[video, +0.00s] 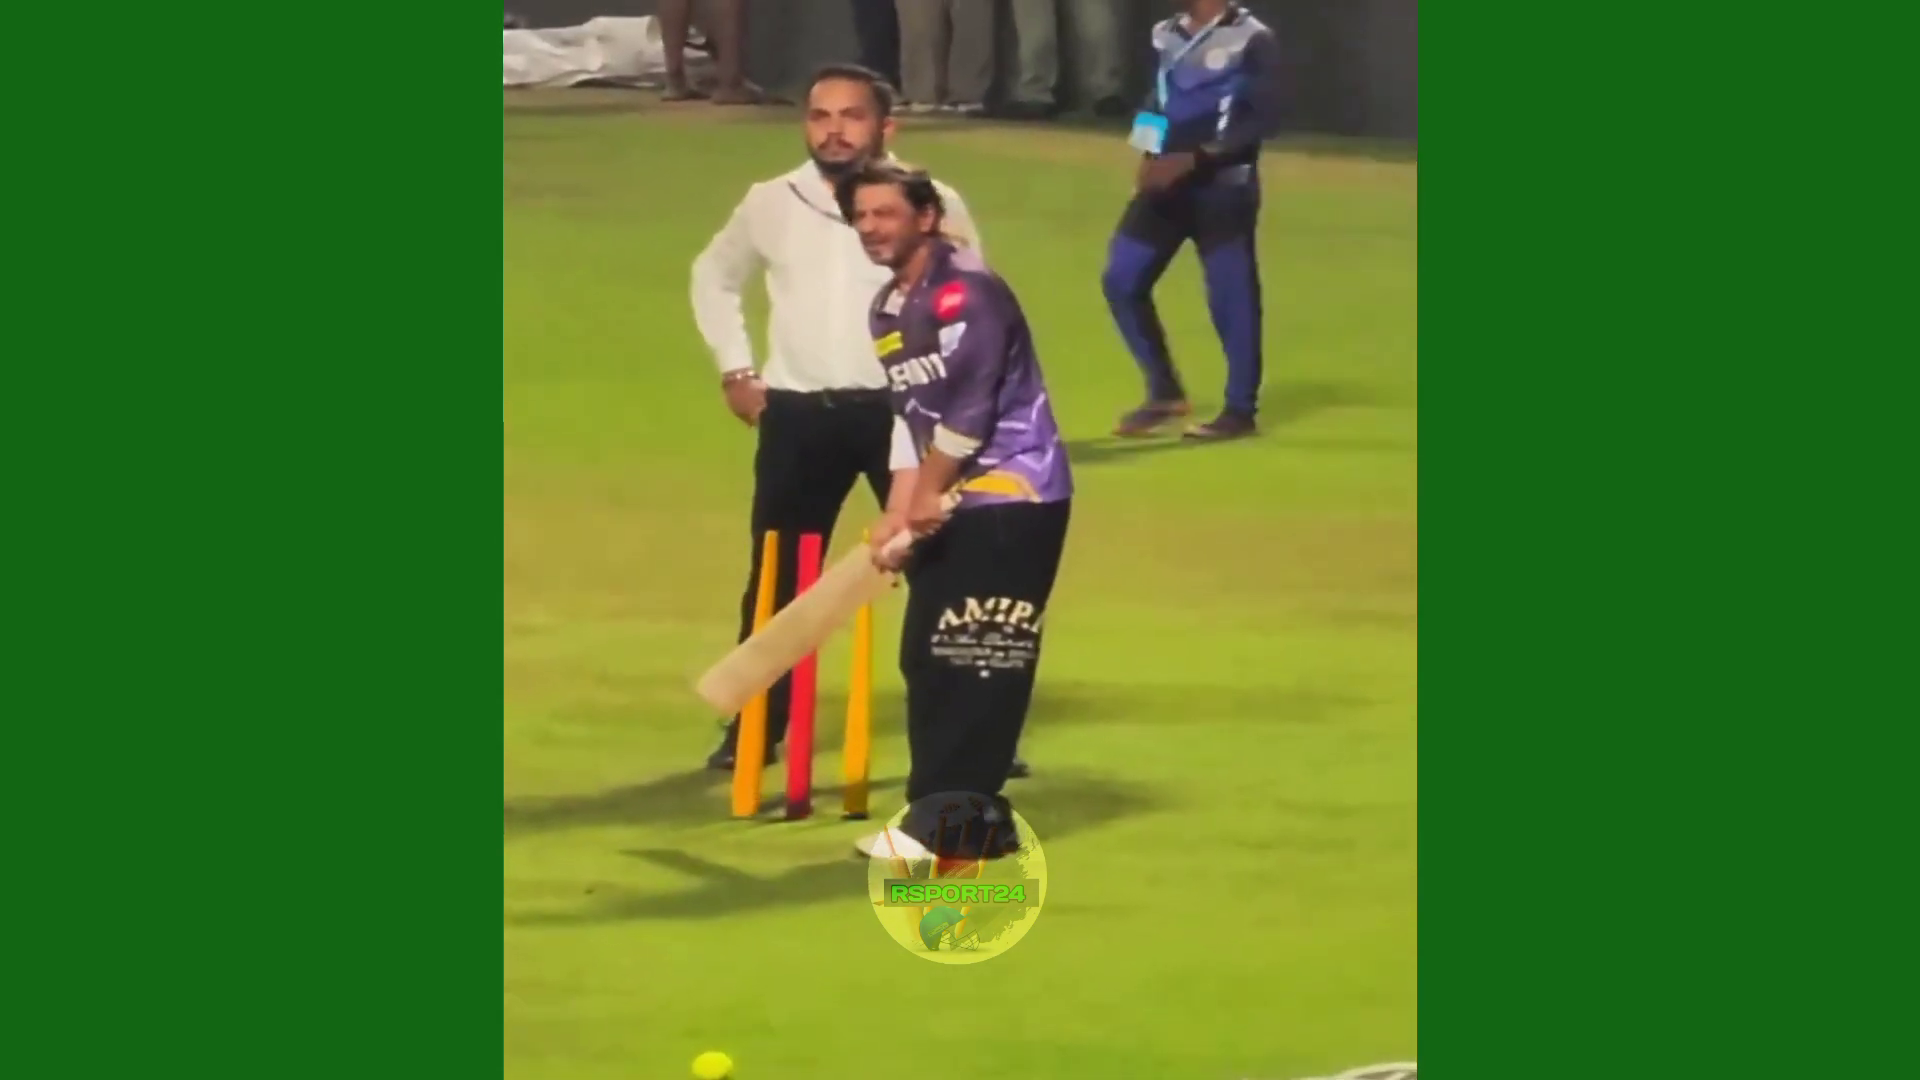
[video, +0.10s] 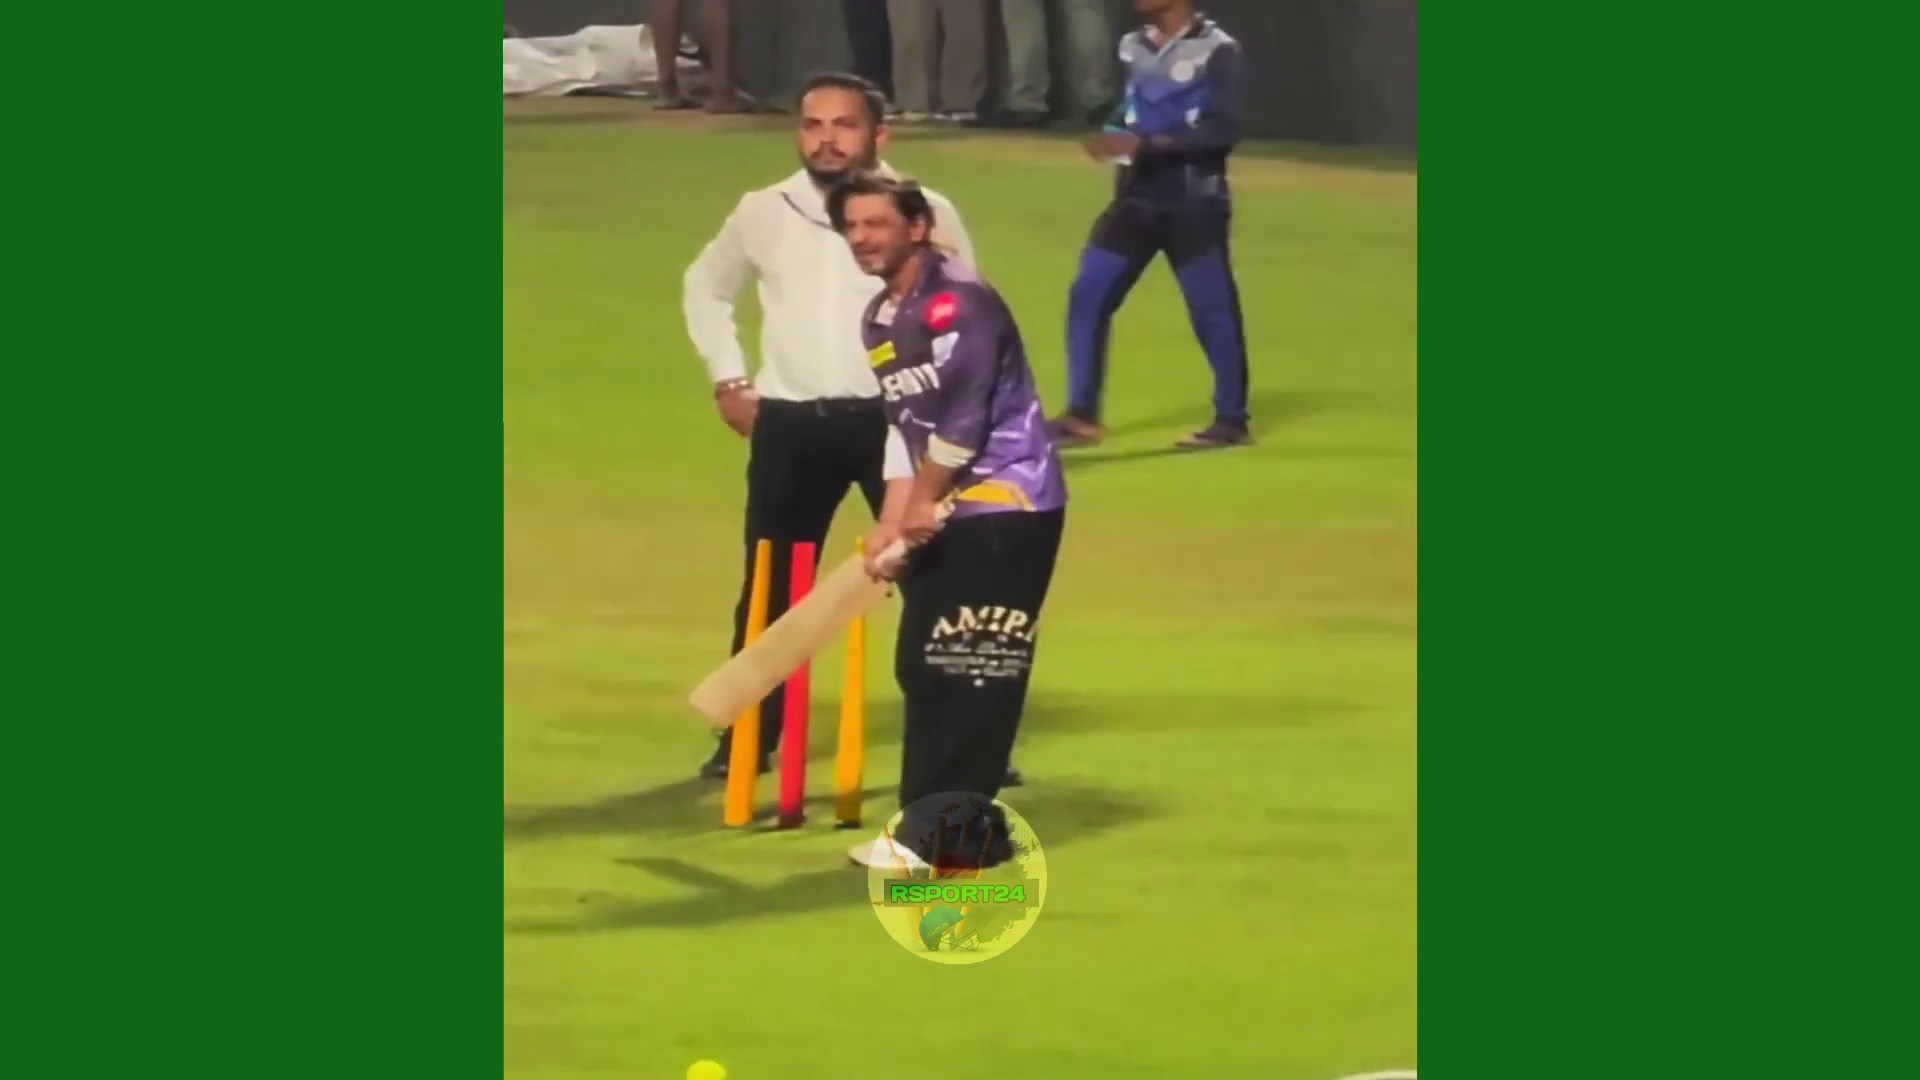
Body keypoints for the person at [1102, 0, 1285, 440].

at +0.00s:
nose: (1189, 0)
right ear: (1188, 1)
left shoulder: (1255, 40)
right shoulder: (1165, 37)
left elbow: (1262, 122)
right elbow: (1157, 103)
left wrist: (1196, 157)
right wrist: (1149, 150)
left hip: (1224, 189)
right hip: (1167, 184)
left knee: (1233, 300)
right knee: (1121, 283)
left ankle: (1240, 409)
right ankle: (1164, 394)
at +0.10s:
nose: (1141, 2)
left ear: (1178, 0)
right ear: (1156, 6)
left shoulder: (1219, 50)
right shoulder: (1132, 47)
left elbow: (1222, 131)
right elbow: (1134, 108)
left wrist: (1143, 144)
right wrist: (1114, 135)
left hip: (1194, 204)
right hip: (1137, 200)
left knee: (1214, 313)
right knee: (1088, 297)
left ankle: (1231, 419)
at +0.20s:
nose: (1084, 3)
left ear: (1122, 3)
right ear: (1102, 8)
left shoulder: (1160, 56)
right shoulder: (1077, 58)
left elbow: (1152, 131)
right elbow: (1074, 144)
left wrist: (1080, 113)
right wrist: (1067, 209)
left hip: (1136, 217)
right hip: (1081, 214)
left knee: (1178, 315)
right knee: (1045, 314)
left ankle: (1226, 412)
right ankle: (1010, 416)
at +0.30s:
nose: (1043, 1)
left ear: (1080, 4)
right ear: (1042, 8)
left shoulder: (1109, 59)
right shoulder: (1030, 58)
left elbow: (1098, 134)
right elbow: (1013, 137)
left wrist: (1039, 118)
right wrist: (996, 209)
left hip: (1078, 225)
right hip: (1025, 220)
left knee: (1099, 322)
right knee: (1007, 329)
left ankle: (1191, 402)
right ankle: (1001, 432)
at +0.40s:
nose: (997, 1)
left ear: (1037, 4)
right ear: (994, 5)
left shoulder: (1065, 60)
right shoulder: (982, 56)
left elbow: (1069, 134)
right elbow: (964, 125)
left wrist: (999, 124)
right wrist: (940, 167)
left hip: (1032, 210)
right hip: (981, 207)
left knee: (1004, 316)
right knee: (982, 319)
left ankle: (1107, 389)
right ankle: (991, 428)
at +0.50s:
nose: (959, 9)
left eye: (970, 2)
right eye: (955, 2)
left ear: (996, 9)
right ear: (947, 9)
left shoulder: (1026, 70)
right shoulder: (935, 66)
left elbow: (1046, 144)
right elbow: (912, 129)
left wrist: (970, 140)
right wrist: (879, 167)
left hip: (995, 204)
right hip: (944, 201)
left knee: (967, 294)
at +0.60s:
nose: (912, 16)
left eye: (924, 7)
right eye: (906, 7)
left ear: (950, 16)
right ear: (897, 13)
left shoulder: (971, 76)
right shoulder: (881, 73)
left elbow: (1012, 148)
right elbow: (849, 134)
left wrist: (939, 153)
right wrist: (886, 143)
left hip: (947, 215)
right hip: (895, 211)